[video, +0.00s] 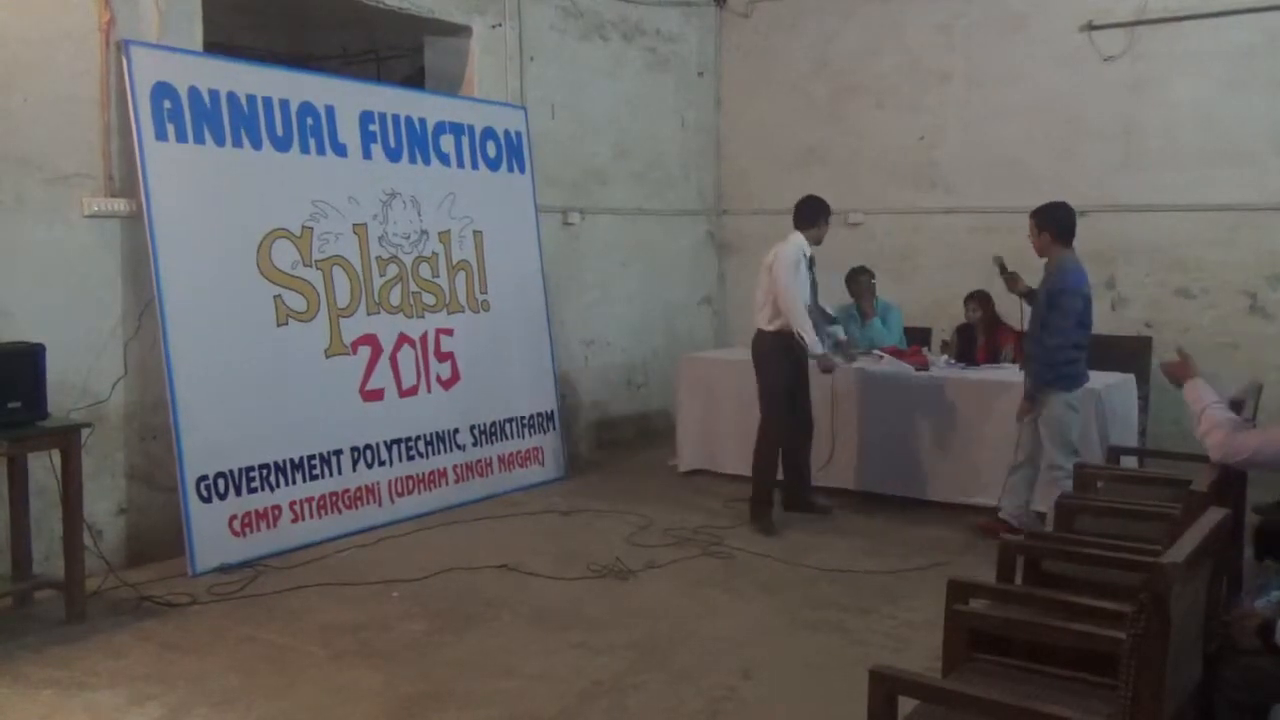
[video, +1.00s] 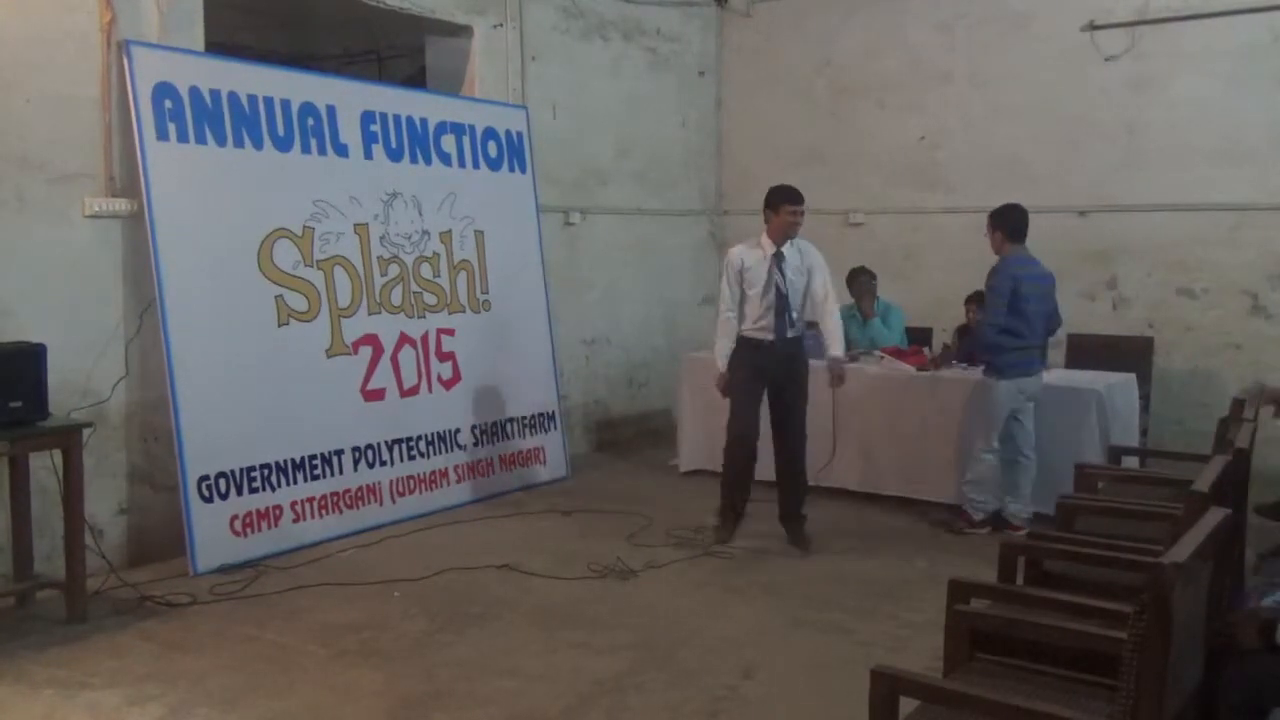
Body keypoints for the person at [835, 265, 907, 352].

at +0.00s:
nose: (864, 290)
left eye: (868, 285)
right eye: (859, 286)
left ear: (874, 287)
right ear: (851, 292)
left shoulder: (891, 311)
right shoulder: (844, 314)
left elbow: (890, 345)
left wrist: (870, 316)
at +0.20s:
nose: (864, 292)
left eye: (867, 286)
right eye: (858, 288)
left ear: (874, 287)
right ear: (851, 292)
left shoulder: (891, 312)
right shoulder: (843, 313)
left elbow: (891, 347)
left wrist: (871, 316)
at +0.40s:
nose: (863, 290)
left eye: (867, 285)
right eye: (858, 286)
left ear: (874, 287)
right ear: (850, 292)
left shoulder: (892, 311)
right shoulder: (844, 313)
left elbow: (891, 346)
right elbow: (825, 341)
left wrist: (870, 315)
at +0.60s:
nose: (864, 291)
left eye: (867, 285)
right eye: (859, 287)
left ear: (874, 287)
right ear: (851, 292)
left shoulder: (892, 311)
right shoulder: (844, 313)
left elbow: (892, 347)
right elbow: (824, 343)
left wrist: (870, 315)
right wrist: (836, 345)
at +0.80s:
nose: (863, 290)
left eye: (867, 284)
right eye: (858, 285)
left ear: (874, 287)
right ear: (850, 292)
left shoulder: (893, 311)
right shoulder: (844, 313)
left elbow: (891, 347)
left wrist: (870, 315)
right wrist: (842, 347)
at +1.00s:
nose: (864, 289)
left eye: (869, 284)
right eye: (859, 285)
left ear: (875, 287)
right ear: (851, 291)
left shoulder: (893, 312)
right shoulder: (844, 313)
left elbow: (890, 347)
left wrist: (870, 315)